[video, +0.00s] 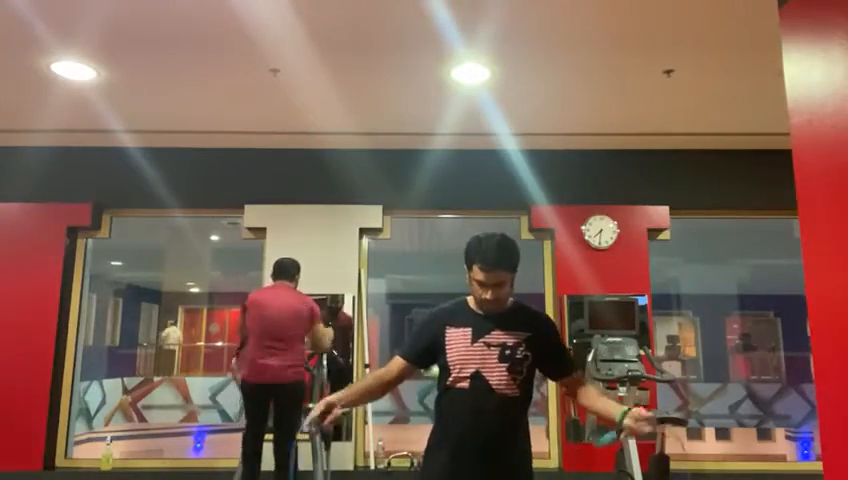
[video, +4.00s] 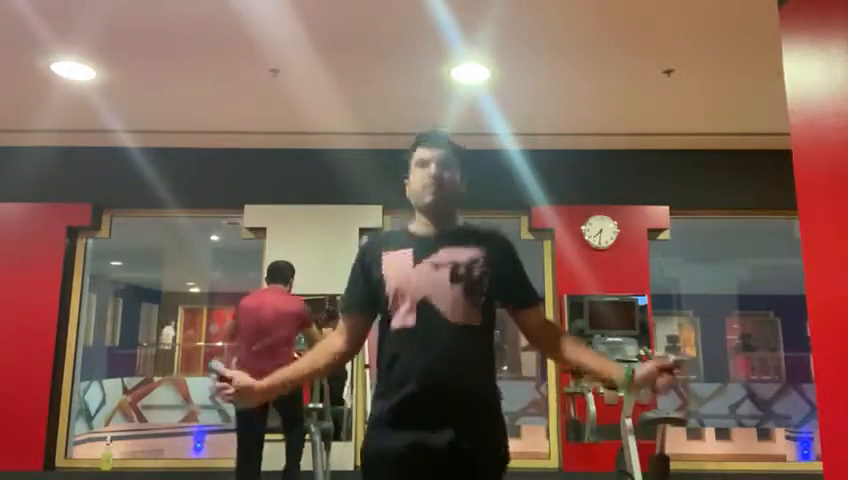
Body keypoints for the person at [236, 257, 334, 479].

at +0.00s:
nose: (297, 280)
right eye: (297, 277)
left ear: (272, 276)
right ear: (296, 278)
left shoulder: (253, 298)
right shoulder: (307, 304)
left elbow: (244, 336)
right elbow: (320, 343)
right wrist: (329, 333)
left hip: (254, 380)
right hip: (291, 382)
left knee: (253, 433)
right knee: (284, 440)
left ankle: (249, 475)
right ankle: (283, 476)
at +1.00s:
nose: (295, 284)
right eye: (295, 281)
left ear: (270, 280)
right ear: (294, 281)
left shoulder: (250, 303)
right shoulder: (304, 306)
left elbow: (230, 344)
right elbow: (324, 341)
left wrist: (228, 375)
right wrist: (331, 329)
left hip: (254, 384)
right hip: (290, 385)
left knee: (255, 429)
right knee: (284, 435)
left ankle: (257, 474)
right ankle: (278, 475)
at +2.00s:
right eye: (293, 278)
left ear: (269, 276)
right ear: (293, 278)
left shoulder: (247, 299)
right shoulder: (303, 303)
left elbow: (228, 340)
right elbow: (322, 330)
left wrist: (243, 348)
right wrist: (334, 325)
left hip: (251, 381)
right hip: (286, 382)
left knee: (256, 430)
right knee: (278, 439)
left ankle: (258, 473)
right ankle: (277, 475)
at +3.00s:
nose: (290, 279)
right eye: (290, 275)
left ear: (265, 274)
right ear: (290, 275)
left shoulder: (244, 297)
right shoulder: (299, 298)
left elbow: (227, 337)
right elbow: (320, 330)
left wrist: (243, 336)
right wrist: (331, 325)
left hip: (251, 375)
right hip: (287, 376)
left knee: (255, 440)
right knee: (289, 439)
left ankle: (254, 476)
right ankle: (285, 476)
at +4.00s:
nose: (292, 285)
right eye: (292, 282)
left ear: (266, 280)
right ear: (290, 282)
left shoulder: (246, 302)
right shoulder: (296, 305)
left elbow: (229, 334)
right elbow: (315, 340)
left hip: (247, 379)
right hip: (284, 378)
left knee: (249, 443)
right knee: (294, 428)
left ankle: (247, 475)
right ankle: (292, 471)